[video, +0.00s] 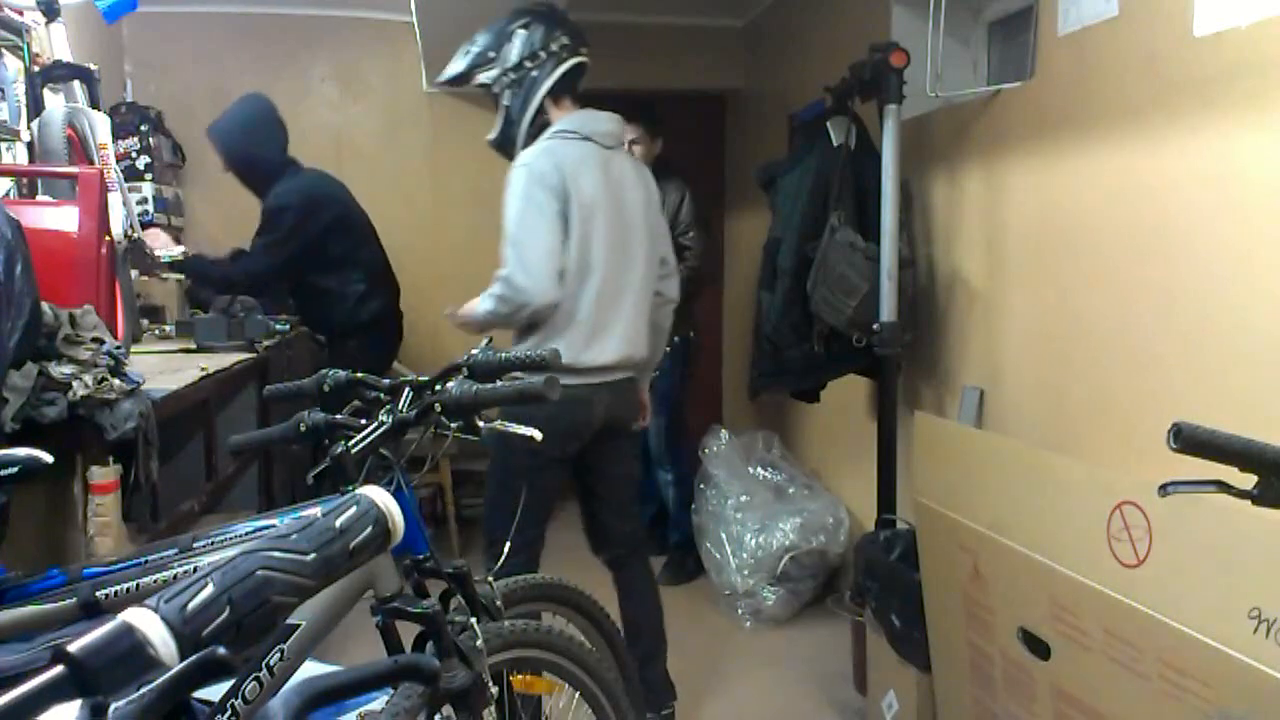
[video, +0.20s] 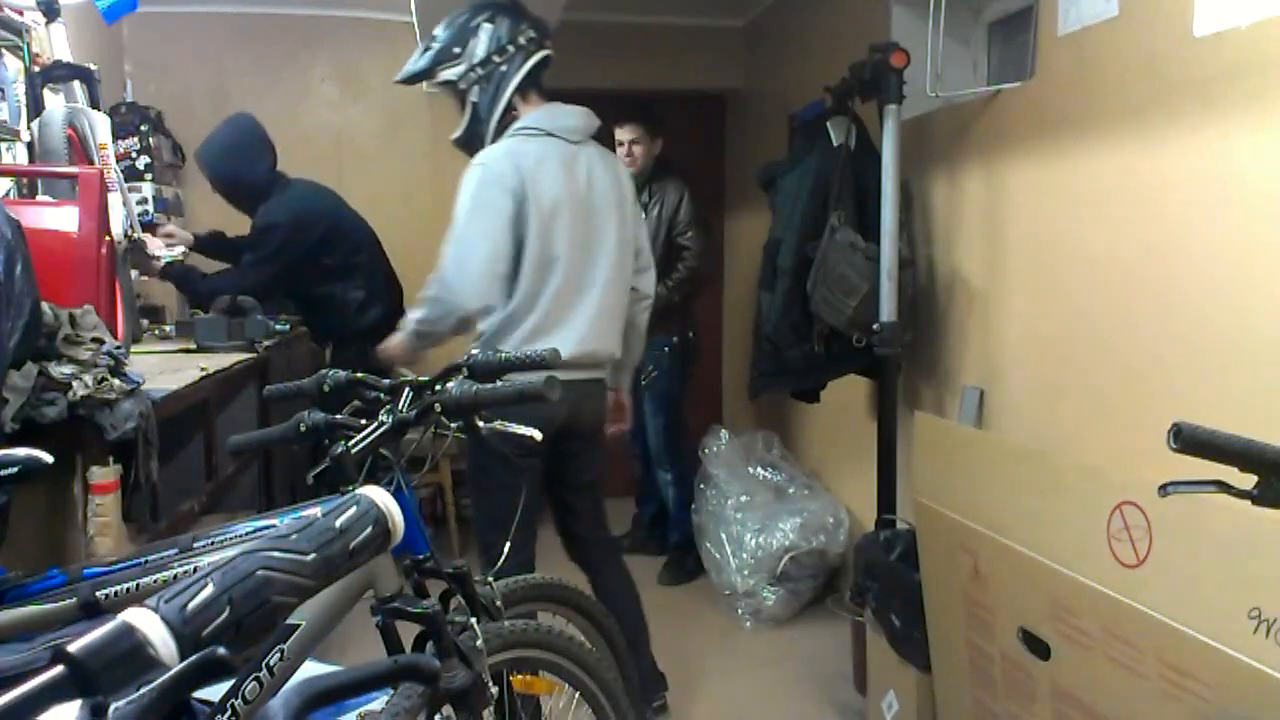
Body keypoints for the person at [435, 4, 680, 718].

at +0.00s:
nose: (497, 110)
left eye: (501, 92)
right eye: (495, 94)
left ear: (532, 84)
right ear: (565, 84)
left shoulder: (540, 164)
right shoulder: (632, 165)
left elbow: (532, 286)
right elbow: (664, 280)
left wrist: (480, 312)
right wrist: (641, 372)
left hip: (546, 396)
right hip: (618, 395)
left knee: (509, 552)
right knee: (626, 548)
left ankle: (502, 692)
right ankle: (651, 695)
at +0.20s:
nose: (460, 106)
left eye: (462, 88)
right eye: (456, 89)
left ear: (491, 77)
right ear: (529, 75)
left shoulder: (500, 165)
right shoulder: (608, 165)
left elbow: (469, 286)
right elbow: (641, 283)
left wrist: (407, 338)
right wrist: (620, 377)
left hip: (513, 391)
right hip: (587, 390)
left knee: (503, 553)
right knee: (593, 539)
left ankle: (504, 698)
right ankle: (644, 690)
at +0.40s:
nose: (431, 104)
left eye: (433, 85)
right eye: (425, 88)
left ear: (465, 73)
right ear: (505, 71)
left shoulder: (474, 166)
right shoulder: (594, 162)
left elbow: (408, 275)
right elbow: (625, 276)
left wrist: (324, 332)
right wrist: (600, 371)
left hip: (503, 391)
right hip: (576, 390)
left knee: (501, 552)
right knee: (573, 534)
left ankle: (506, 699)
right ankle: (622, 688)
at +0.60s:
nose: (421, 110)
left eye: (423, 91)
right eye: (416, 93)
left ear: (454, 78)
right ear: (491, 71)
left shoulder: (465, 167)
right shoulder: (583, 161)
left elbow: (381, 279)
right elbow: (618, 277)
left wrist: (283, 320)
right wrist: (598, 369)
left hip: (500, 394)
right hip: (573, 390)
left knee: (502, 559)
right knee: (560, 532)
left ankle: (511, 697)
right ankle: (616, 674)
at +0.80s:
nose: (423, 113)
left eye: (425, 95)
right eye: (417, 97)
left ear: (460, 82)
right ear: (485, 75)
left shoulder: (482, 165)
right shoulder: (573, 161)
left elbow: (429, 298)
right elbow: (608, 271)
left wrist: (356, 372)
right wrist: (577, 357)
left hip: (500, 392)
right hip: (564, 387)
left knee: (498, 551)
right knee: (545, 526)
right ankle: (608, 669)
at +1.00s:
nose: (441, 118)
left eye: (453, 99)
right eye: (434, 102)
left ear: (495, 85)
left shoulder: (536, 166)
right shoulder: (508, 166)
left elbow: (542, 305)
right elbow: (501, 298)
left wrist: (483, 405)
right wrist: (466, 394)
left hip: (527, 394)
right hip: (506, 394)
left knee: (508, 551)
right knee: (535, 539)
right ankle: (595, 658)